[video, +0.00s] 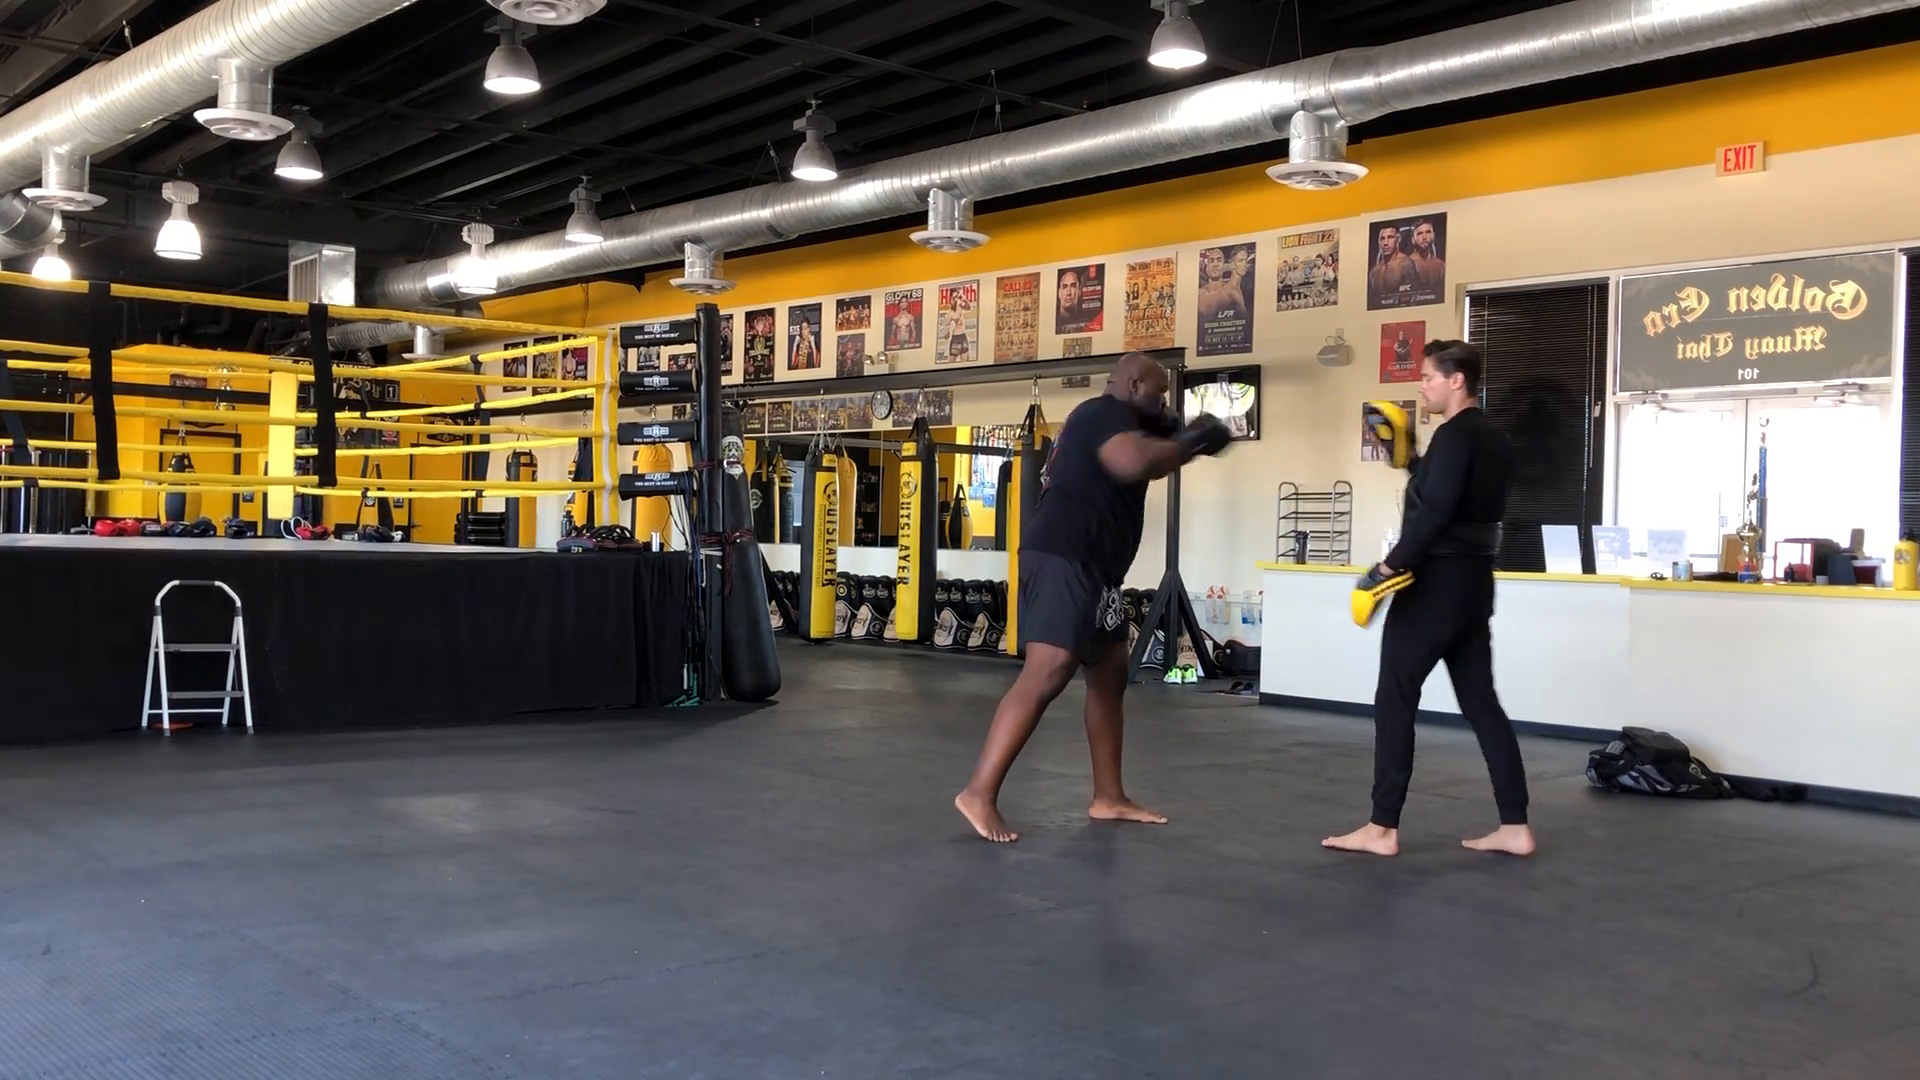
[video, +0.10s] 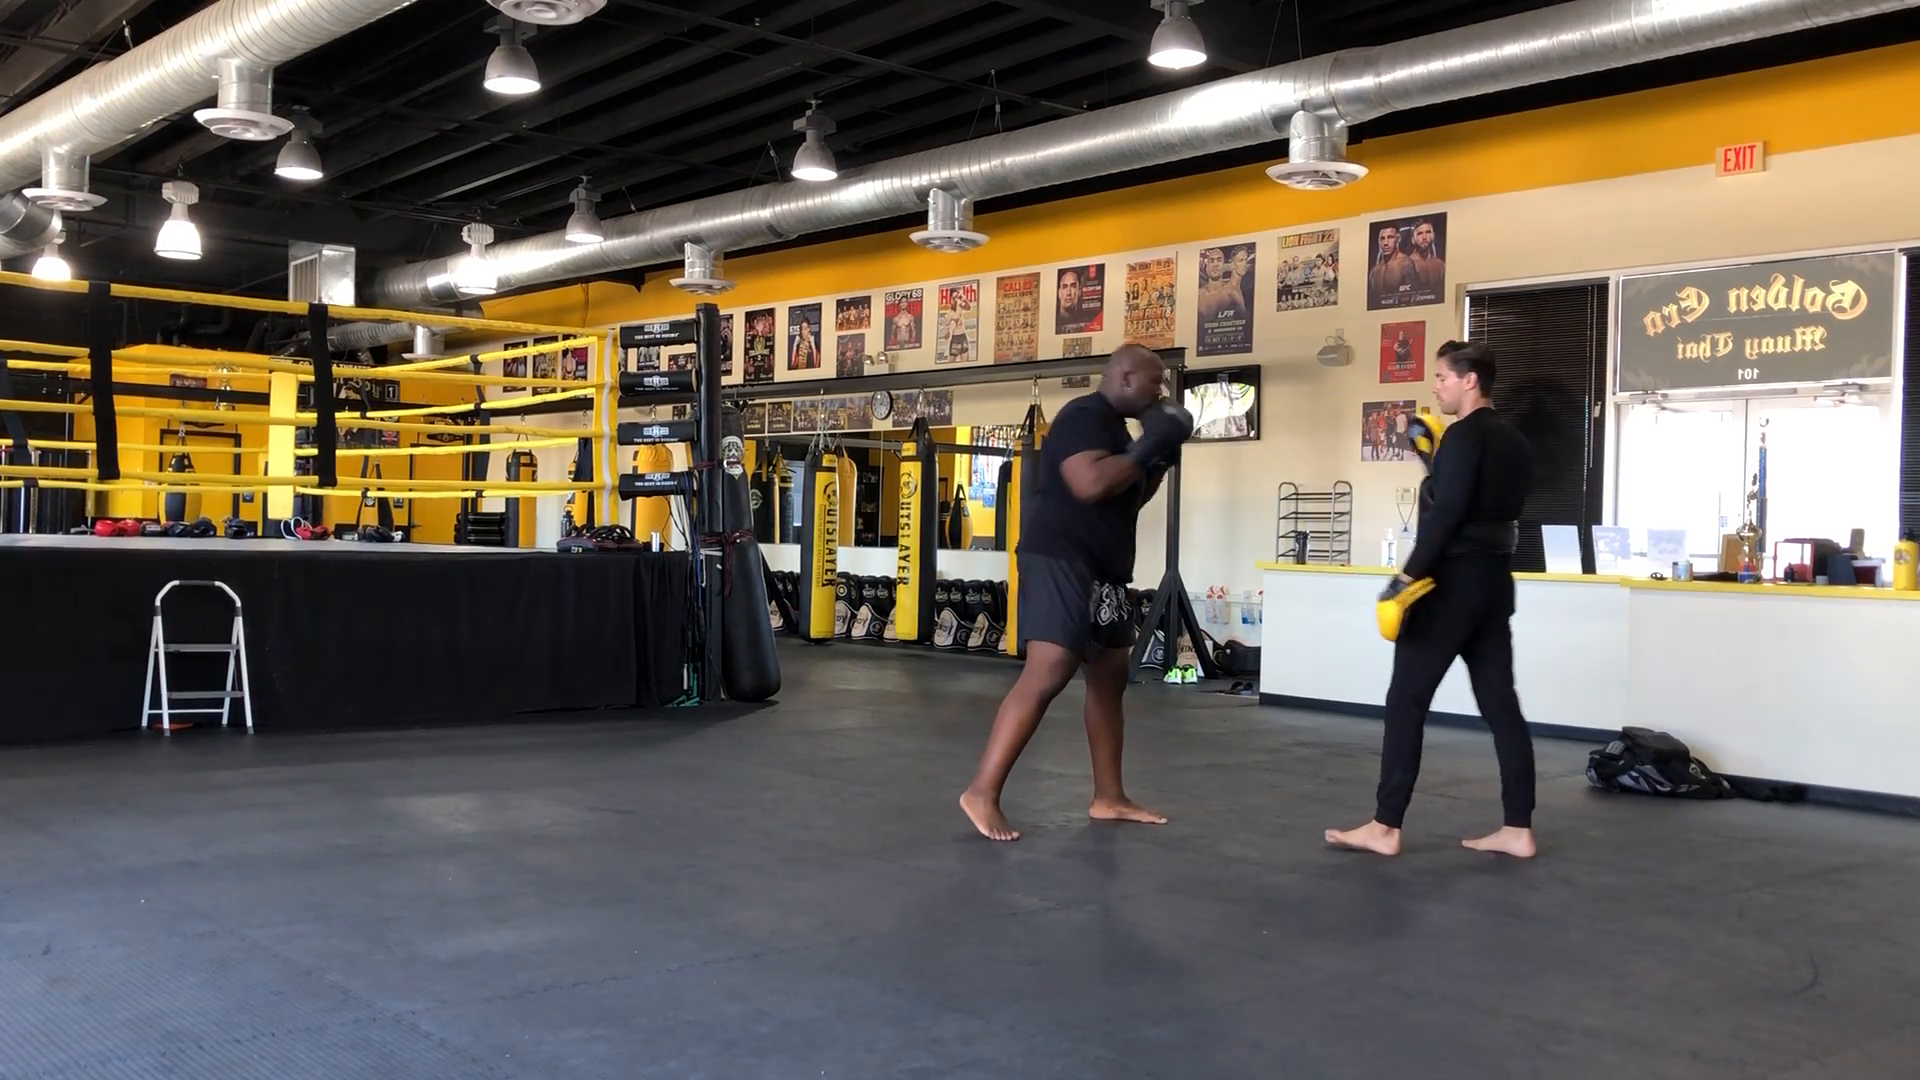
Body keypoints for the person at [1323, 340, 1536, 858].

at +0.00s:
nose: (1421, 388)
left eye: (1427, 379)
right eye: (1421, 378)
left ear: (1456, 381)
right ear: (1460, 385)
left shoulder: (1455, 435)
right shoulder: (1492, 435)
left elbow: (1432, 512)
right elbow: (1442, 491)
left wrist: (1387, 569)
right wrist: (1404, 454)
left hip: (1433, 582)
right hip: (1472, 582)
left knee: (1393, 700)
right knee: (1481, 703)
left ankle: (1382, 827)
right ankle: (1515, 827)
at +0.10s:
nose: (1435, 388)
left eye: (1442, 378)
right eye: (1435, 379)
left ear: (1471, 381)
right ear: (1476, 382)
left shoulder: (1463, 435)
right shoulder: (1508, 437)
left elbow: (1445, 514)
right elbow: (1475, 500)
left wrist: (1401, 582)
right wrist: (1433, 455)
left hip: (1449, 586)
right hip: (1492, 586)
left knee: (1405, 701)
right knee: (1502, 707)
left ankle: (1384, 826)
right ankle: (1518, 830)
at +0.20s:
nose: (1444, 386)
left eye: (1451, 377)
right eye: (1445, 377)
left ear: (1479, 380)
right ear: (1485, 381)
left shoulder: (1473, 433)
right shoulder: (1519, 435)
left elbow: (1461, 510)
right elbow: (1515, 515)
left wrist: (1426, 580)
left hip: (1465, 587)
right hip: (1507, 588)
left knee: (1417, 699)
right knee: (1515, 710)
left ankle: (1392, 825)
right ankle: (1519, 831)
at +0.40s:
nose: (1456, 386)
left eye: (1462, 376)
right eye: (1457, 377)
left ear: (1491, 379)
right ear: (1497, 380)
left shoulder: (1488, 432)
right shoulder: (1542, 439)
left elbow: (1479, 509)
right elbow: (1563, 525)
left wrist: (1451, 580)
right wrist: (1523, 560)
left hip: (1481, 585)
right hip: (1526, 589)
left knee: (1436, 699)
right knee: (1524, 708)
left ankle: (1464, 825)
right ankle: (1521, 830)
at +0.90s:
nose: (1465, 384)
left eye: (1470, 375)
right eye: (1465, 374)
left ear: (1497, 377)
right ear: (1504, 378)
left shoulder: (1498, 432)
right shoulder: (1557, 428)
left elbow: (1485, 516)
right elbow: (1590, 509)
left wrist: (1450, 584)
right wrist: (1551, 544)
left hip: (1514, 575)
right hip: (1559, 574)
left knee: (1518, 709)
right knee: (1524, 705)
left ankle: (1529, 845)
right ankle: (1523, 823)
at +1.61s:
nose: (1496, 384)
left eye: (1502, 375)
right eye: (1496, 375)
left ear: (1529, 376)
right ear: (1539, 378)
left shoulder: (1520, 431)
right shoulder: (1584, 437)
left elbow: (1498, 512)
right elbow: (1578, 514)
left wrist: (1464, 581)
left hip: (1518, 585)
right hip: (1567, 587)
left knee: (1456, 695)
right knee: (1569, 714)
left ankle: (1493, 823)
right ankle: (1575, 841)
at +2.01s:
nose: (1452, 380)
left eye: (1458, 371)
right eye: (1453, 371)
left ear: (1484, 375)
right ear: (1494, 377)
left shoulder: (1481, 432)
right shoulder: (1533, 433)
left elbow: (1460, 513)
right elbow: (1504, 498)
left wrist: (1422, 582)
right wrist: (1450, 458)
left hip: (1471, 584)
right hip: (1516, 586)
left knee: (1435, 708)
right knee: (1525, 709)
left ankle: (1429, 837)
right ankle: (1567, 834)